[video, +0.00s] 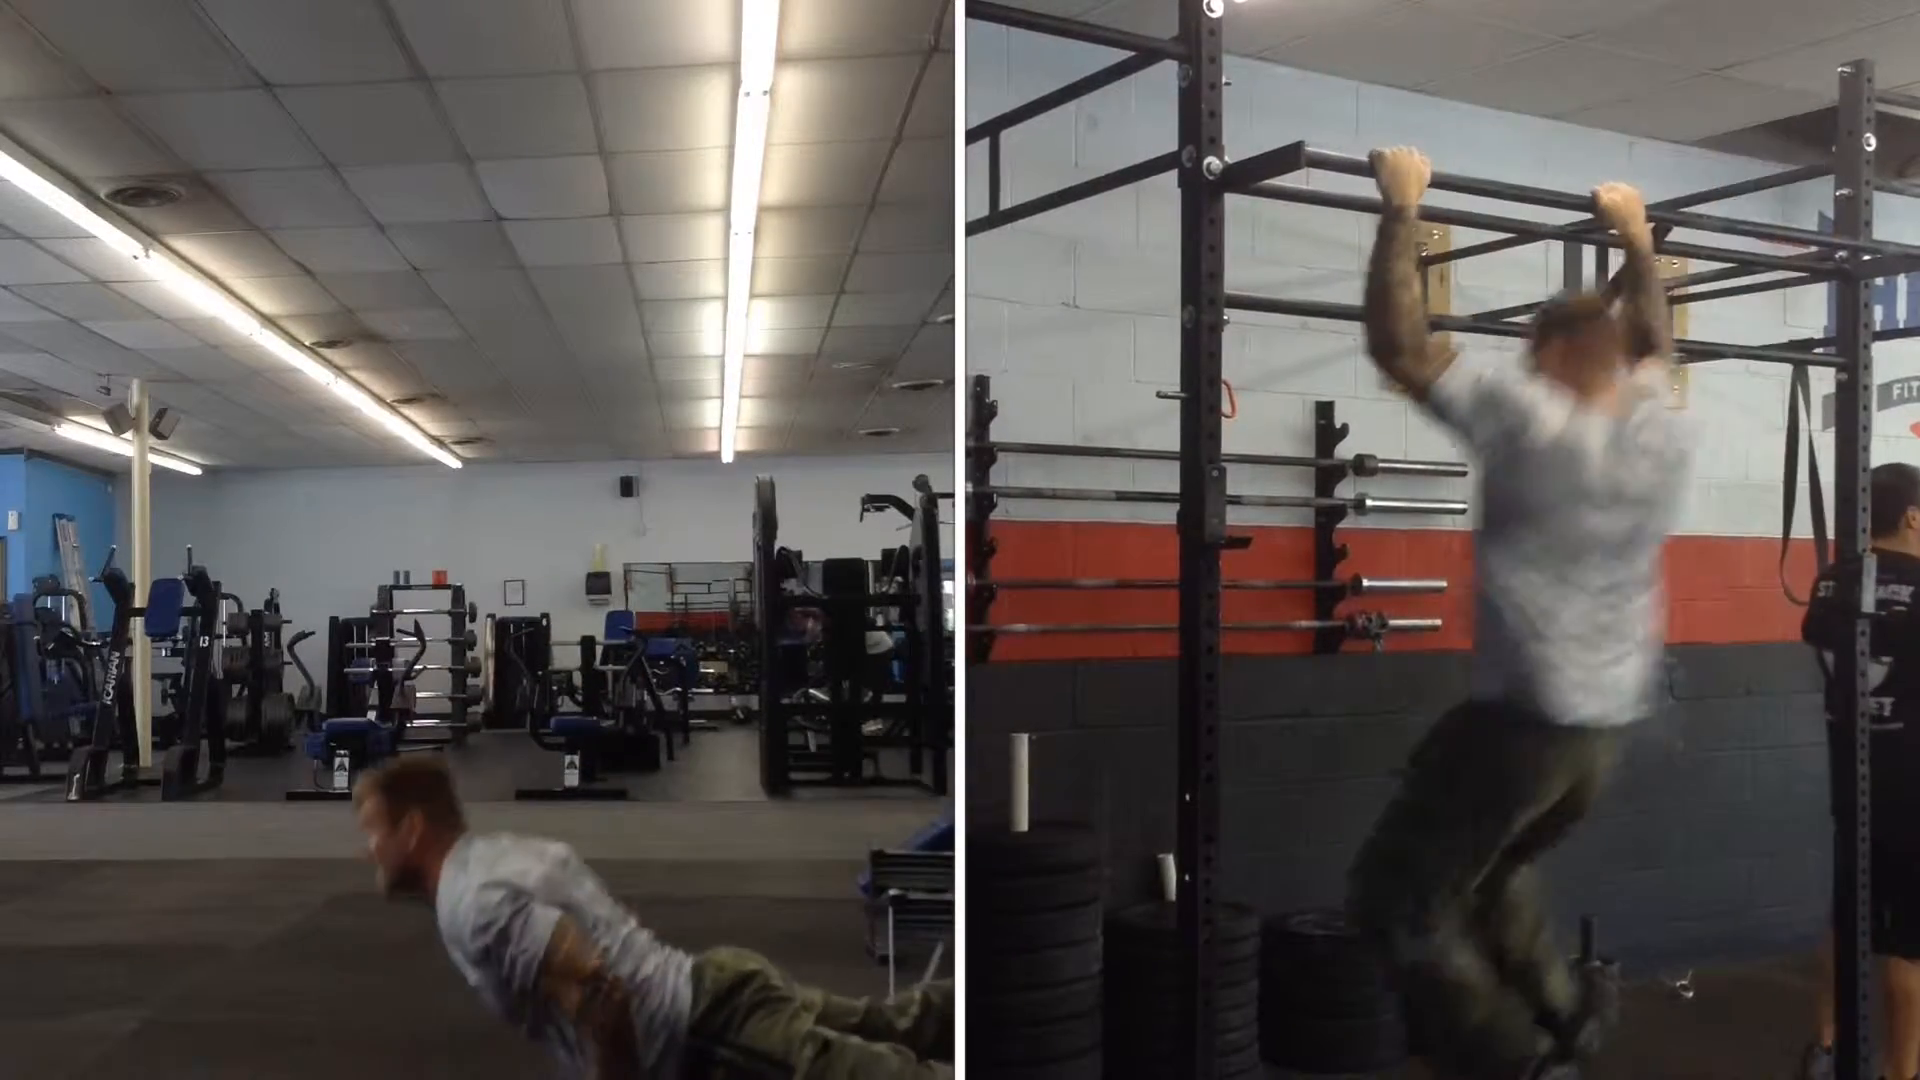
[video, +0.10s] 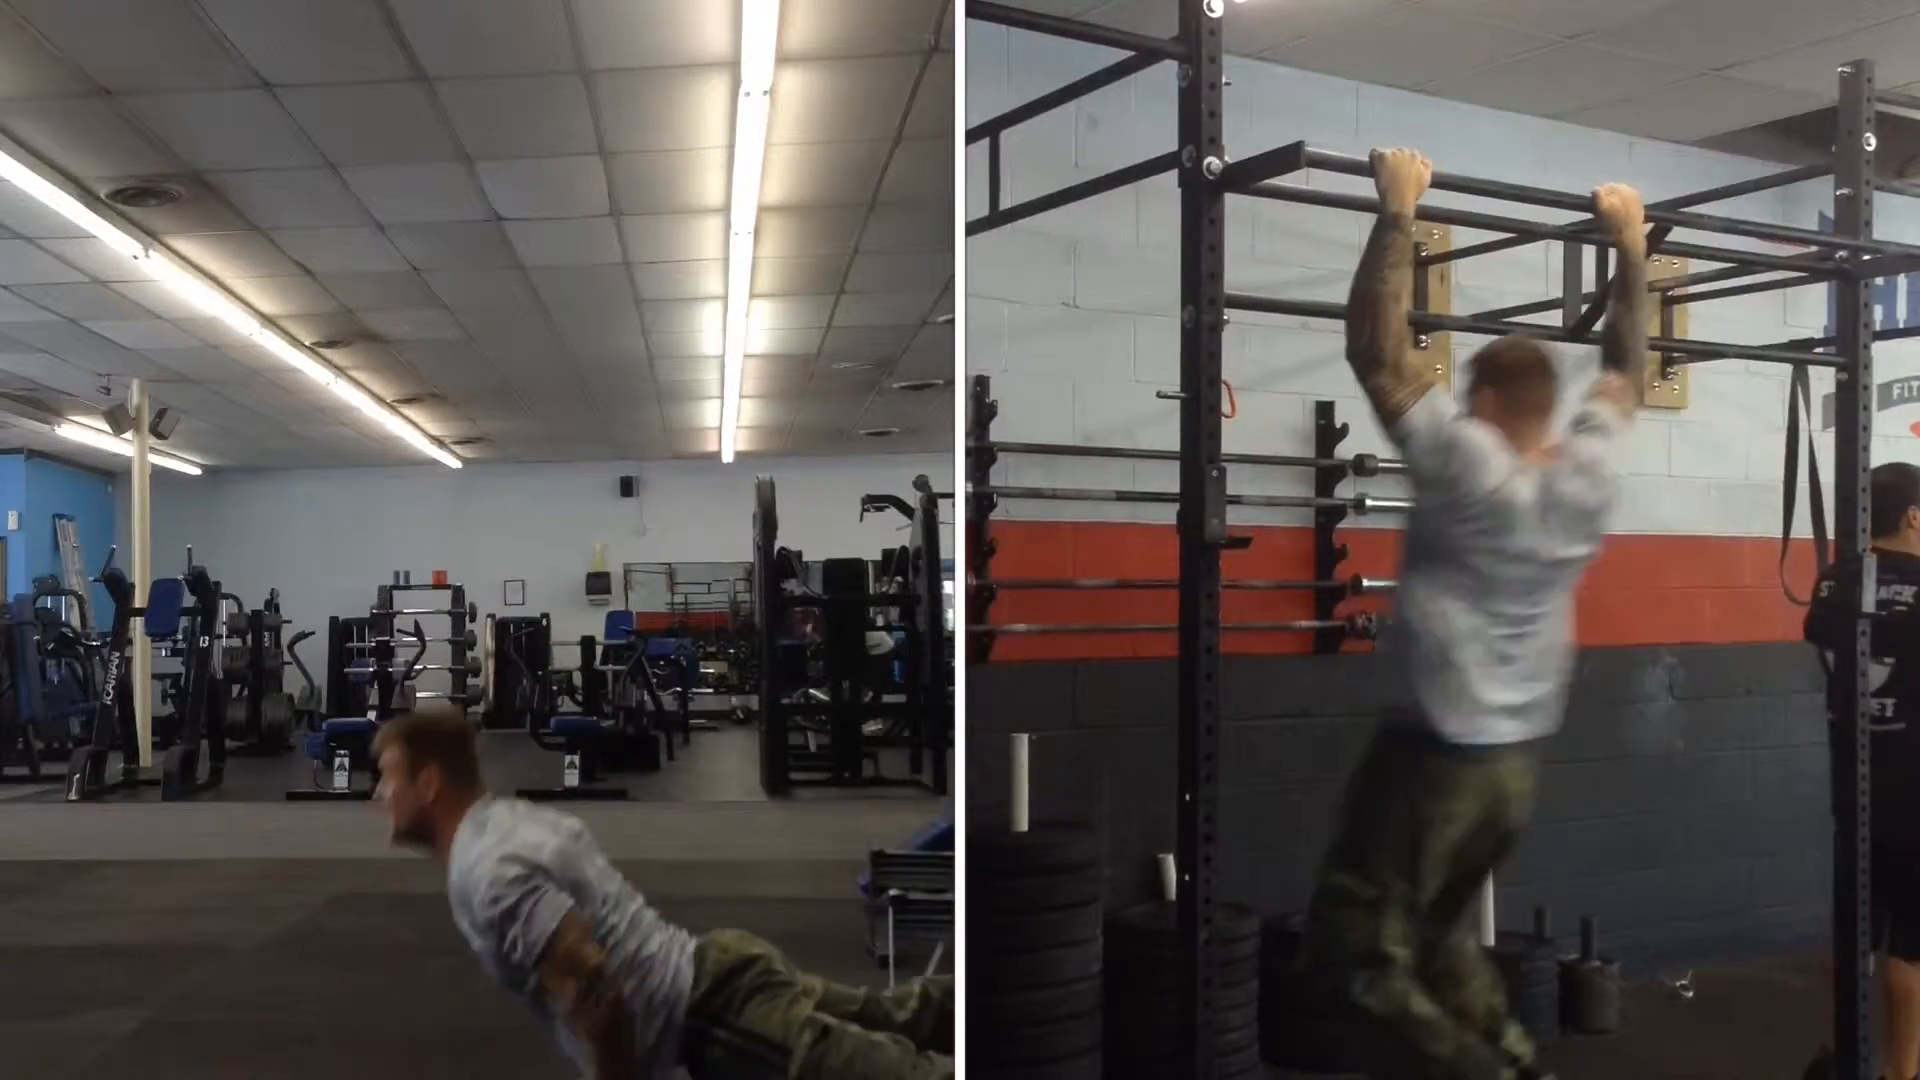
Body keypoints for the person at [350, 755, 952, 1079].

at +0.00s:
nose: (364, 848)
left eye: (370, 829)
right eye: (363, 831)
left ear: (412, 827)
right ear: (426, 822)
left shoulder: (474, 898)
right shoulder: (507, 854)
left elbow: (600, 994)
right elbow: (604, 953)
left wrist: (609, 1072)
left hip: (712, 1030)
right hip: (719, 987)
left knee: (912, 1075)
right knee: (910, 1020)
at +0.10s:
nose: (378, 797)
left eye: (385, 777)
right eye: (378, 779)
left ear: (430, 782)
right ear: (441, 779)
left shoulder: (485, 867)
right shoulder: (517, 820)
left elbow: (595, 991)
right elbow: (609, 934)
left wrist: (607, 1072)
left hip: (717, 1022)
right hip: (718, 970)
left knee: (919, 1071)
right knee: (904, 1015)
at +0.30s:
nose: (415, 727)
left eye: (426, 710)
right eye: (418, 710)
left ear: (472, 719)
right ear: (480, 719)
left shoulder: (517, 836)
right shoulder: (545, 779)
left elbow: (592, 993)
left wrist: (613, 1075)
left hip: (714, 1000)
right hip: (720, 951)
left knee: (915, 1072)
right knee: (908, 1006)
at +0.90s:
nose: (444, 765)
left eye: (443, 745)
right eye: (438, 748)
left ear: (487, 730)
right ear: (496, 727)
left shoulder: (568, 815)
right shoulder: (586, 765)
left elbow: (600, 992)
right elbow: (598, 976)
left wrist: (609, 1074)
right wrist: (608, 1062)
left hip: (781, 944)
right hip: (791, 909)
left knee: (951, 1038)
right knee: (956, 1001)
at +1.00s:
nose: (456, 798)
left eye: (450, 777)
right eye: (446, 782)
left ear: (488, 751)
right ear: (498, 745)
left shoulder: (585, 807)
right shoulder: (587, 775)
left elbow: (609, 989)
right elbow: (609, 981)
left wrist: (614, 1069)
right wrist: (611, 1063)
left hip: (824, 905)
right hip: (822, 897)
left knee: (978, 1018)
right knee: (956, 1019)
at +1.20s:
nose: (523, 842)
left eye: (512, 825)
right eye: (508, 833)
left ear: (536, 786)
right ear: (544, 776)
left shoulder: (633, 812)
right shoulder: (628, 778)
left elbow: (634, 988)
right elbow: (632, 980)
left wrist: (622, 1069)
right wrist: (622, 1065)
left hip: (892, 835)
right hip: (888, 826)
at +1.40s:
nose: (603, 876)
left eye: (591, 863)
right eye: (589, 871)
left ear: (607, 819)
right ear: (612, 806)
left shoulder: (696, 814)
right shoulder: (684, 797)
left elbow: (671, 987)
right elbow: (658, 957)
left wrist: (636, 1069)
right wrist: (627, 1062)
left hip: (957, 793)